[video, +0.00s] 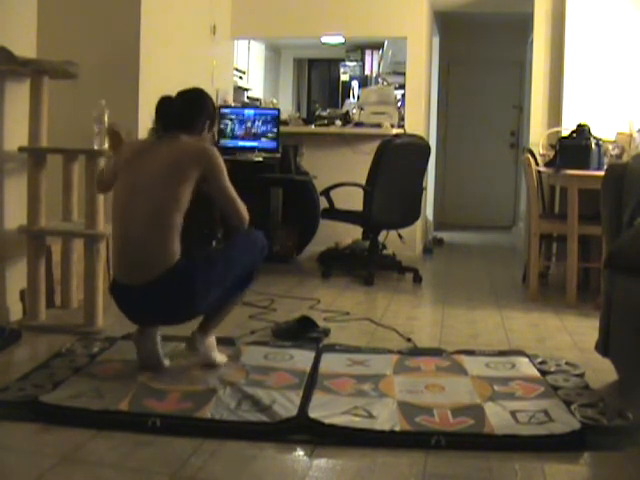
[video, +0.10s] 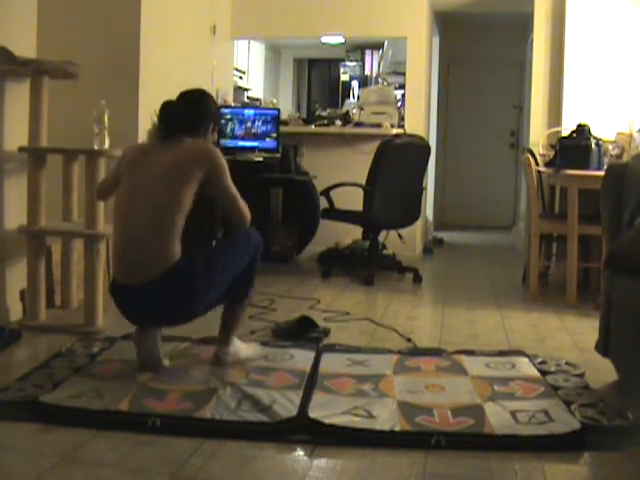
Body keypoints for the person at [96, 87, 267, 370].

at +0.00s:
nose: (212, 138)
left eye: (214, 133)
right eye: (213, 132)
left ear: (167, 122)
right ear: (205, 128)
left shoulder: (132, 150)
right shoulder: (201, 153)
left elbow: (102, 184)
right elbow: (240, 219)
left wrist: (116, 152)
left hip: (127, 301)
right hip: (172, 299)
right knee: (255, 243)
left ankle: (147, 332)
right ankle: (204, 334)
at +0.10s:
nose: (213, 138)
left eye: (215, 133)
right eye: (215, 132)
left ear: (168, 123)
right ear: (209, 130)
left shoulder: (135, 153)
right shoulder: (204, 154)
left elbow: (102, 192)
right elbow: (242, 218)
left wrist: (129, 163)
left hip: (127, 303)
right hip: (173, 300)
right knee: (250, 240)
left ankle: (147, 339)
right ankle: (227, 343)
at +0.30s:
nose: (222, 134)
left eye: (222, 127)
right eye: (222, 127)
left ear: (180, 120)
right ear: (216, 128)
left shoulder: (148, 154)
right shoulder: (213, 158)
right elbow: (240, 229)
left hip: (129, 302)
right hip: (173, 301)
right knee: (254, 244)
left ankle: (148, 334)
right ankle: (229, 344)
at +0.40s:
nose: (225, 133)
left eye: (225, 126)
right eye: (225, 126)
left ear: (183, 121)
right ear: (219, 127)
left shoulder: (154, 156)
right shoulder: (216, 155)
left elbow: (118, 209)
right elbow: (248, 226)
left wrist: (151, 233)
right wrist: (219, 221)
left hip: (131, 302)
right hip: (176, 301)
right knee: (256, 245)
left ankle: (147, 334)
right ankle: (229, 344)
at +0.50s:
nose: (228, 136)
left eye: (228, 129)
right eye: (228, 129)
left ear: (185, 125)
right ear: (223, 131)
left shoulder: (157, 159)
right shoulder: (219, 156)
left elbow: (122, 218)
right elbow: (252, 224)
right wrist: (218, 225)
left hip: (132, 303)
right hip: (177, 302)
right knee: (256, 244)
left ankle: (148, 333)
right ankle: (229, 344)